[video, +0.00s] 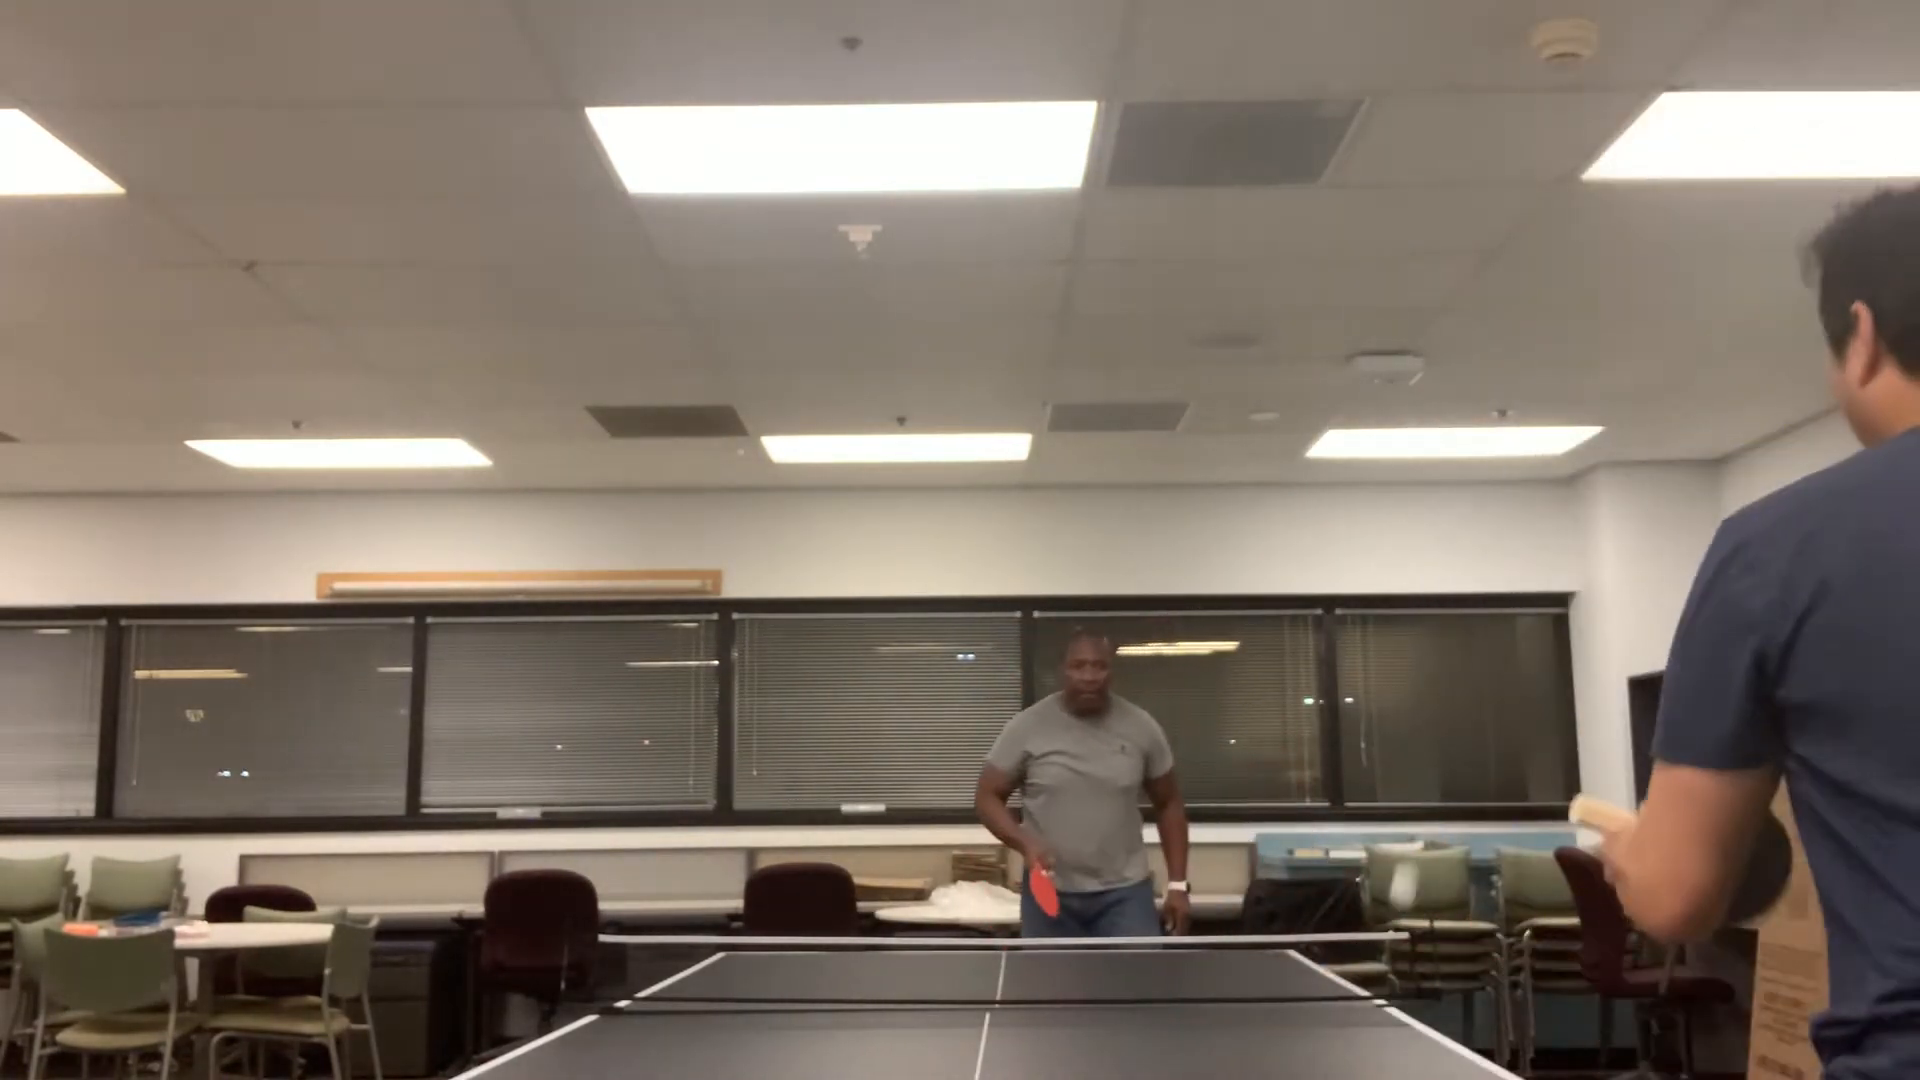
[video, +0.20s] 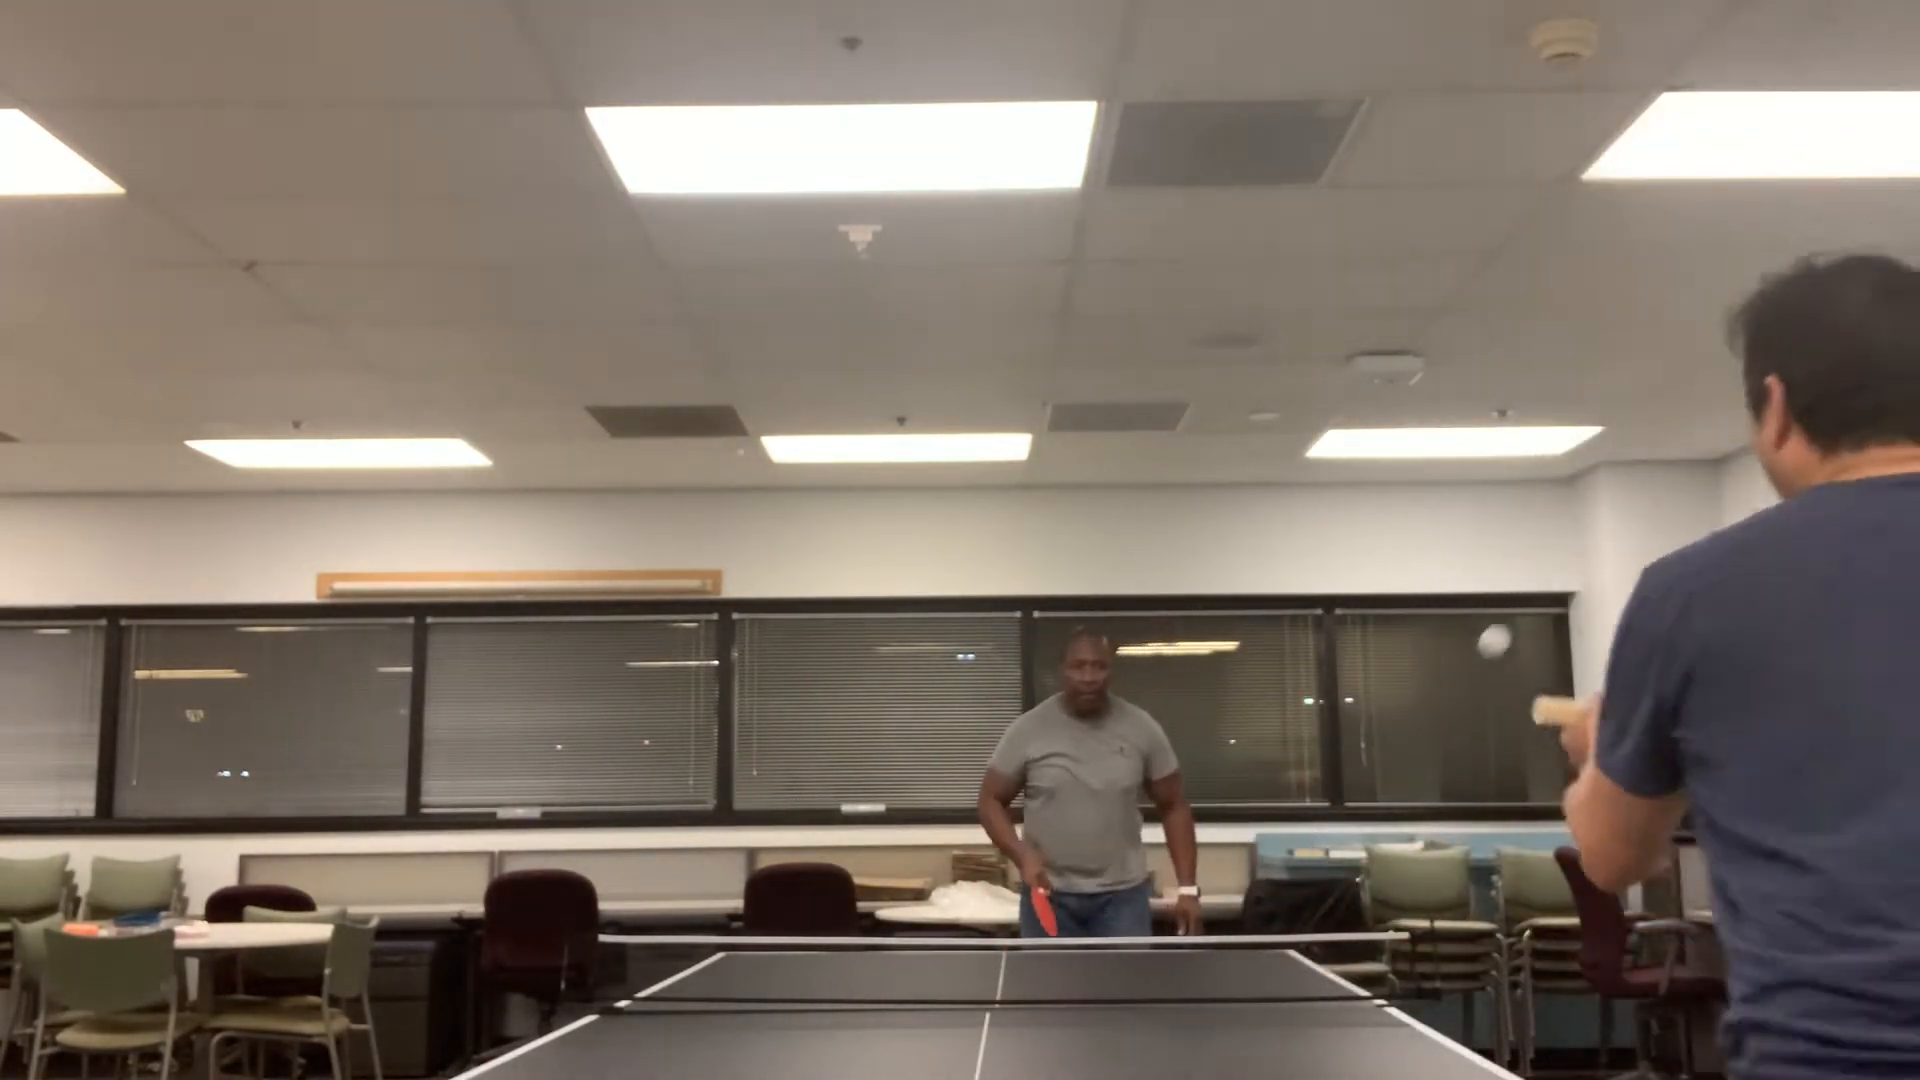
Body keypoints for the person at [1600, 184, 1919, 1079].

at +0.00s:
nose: (1834, 382)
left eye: (1831, 352)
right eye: (1829, 354)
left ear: (1864, 338)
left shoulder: (1789, 548)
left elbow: (1673, 899)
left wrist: (1626, 843)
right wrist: (1652, 841)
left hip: (1888, 1048)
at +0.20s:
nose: (1752, 435)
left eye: (1750, 410)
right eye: (1748, 412)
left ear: (1778, 408)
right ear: (1914, 387)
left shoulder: (1697, 594)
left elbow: (1613, 858)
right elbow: (1613, 857)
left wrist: (1593, 752)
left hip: (1809, 1050)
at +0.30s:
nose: (1707, 432)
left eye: (1703, 408)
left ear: (1725, 407)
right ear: (1895, 397)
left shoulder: (1645, 585)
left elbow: (1579, 815)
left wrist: (1562, 701)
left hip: (1740, 1050)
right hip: (1910, 1043)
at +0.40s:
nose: (1665, 424)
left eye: (1660, 401)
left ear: (1682, 400)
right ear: (1847, 393)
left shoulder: (1605, 564)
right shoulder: (1911, 513)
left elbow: (1547, 754)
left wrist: (1514, 659)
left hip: (1705, 1043)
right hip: (1901, 1030)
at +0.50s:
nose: (1638, 427)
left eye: (1634, 406)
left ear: (1651, 401)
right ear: (1810, 392)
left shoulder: (1575, 559)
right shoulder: (1907, 507)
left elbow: (1517, 695)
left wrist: (1420, 642)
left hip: (1681, 1036)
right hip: (1890, 1022)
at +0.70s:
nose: (1634, 417)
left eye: (1631, 388)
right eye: (1632, 389)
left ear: (1653, 389)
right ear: (1809, 380)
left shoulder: (1572, 561)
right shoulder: (1905, 504)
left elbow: (1397, 762)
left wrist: (1294, 709)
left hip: (1668, 1033)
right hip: (1885, 1028)